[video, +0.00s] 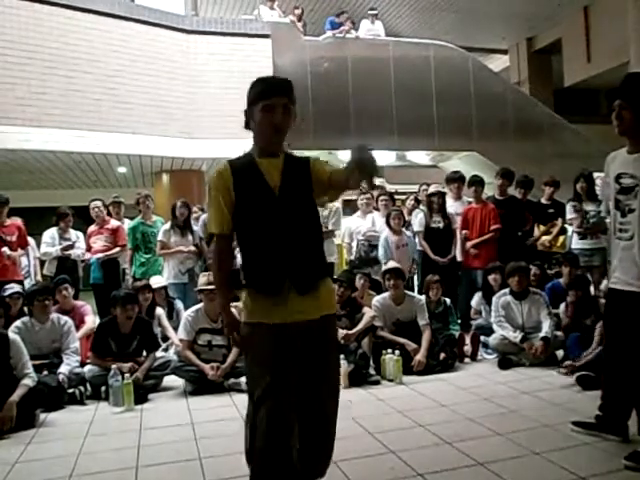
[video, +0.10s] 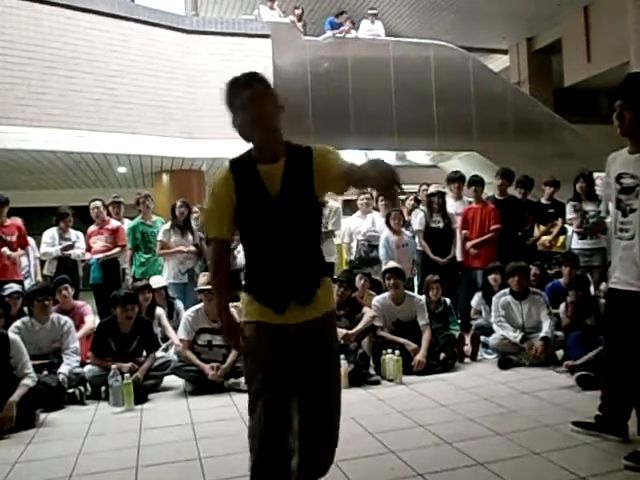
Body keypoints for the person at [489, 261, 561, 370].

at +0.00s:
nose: (517, 280)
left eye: (521, 276)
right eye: (513, 277)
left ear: (527, 278)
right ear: (508, 280)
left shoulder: (539, 296)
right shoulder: (499, 299)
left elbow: (548, 319)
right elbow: (498, 323)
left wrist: (544, 339)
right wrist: (522, 339)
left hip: (535, 335)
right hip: (512, 336)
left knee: (558, 338)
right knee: (495, 341)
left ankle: (519, 360)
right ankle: (541, 358)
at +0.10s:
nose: (517, 280)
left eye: (521, 276)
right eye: (513, 277)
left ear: (527, 278)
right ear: (508, 280)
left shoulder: (539, 296)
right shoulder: (499, 299)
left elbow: (548, 319)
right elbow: (498, 323)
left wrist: (544, 339)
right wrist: (522, 339)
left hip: (535, 335)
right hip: (512, 335)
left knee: (559, 338)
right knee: (495, 341)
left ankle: (519, 360)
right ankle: (542, 358)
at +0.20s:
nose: (517, 280)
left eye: (521, 276)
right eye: (513, 276)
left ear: (527, 278)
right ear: (508, 280)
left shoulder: (539, 296)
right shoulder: (499, 299)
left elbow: (548, 319)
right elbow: (498, 323)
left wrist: (544, 339)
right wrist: (521, 339)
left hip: (535, 335)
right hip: (512, 336)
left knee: (559, 338)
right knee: (495, 341)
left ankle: (519, 360)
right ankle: (542, 358)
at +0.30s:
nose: (517, 280)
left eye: (521, 276)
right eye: (513, 277)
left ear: (527, 278)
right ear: (508, 280)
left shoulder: (539, 297)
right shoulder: (499, 299)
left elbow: (547, 319)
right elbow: (498, 323)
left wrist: (544, 339)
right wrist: (521, 339)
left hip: (535, 335)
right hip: (512, 335)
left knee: (559, 338)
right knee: (495, 341)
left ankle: (519, 360)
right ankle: (542, 358)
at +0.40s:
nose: (517, 280)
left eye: (521, 276)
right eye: (513, 277)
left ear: (527, 278)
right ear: (508, 280)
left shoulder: (539, 296)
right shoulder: (499, 299)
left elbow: (547, 319)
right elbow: (498, 323)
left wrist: (544, 339)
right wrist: (521, 339)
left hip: (535, 335)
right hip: (512, 335)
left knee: (559, 338)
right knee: (495, 341)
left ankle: (519, 360)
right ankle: (542, 358)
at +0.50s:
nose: (517, 280)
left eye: (521, 277)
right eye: (513, 277)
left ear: (527, 278)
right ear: (508, 280)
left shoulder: (539, 297)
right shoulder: (499, 299)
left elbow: (547, 319)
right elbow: (498, 323)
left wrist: (544, 339)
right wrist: (521, 339)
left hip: (535, 335)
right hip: (512, 335)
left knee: (559, 337)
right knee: (495, 341)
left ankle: (519, 360)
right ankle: (542, 358)